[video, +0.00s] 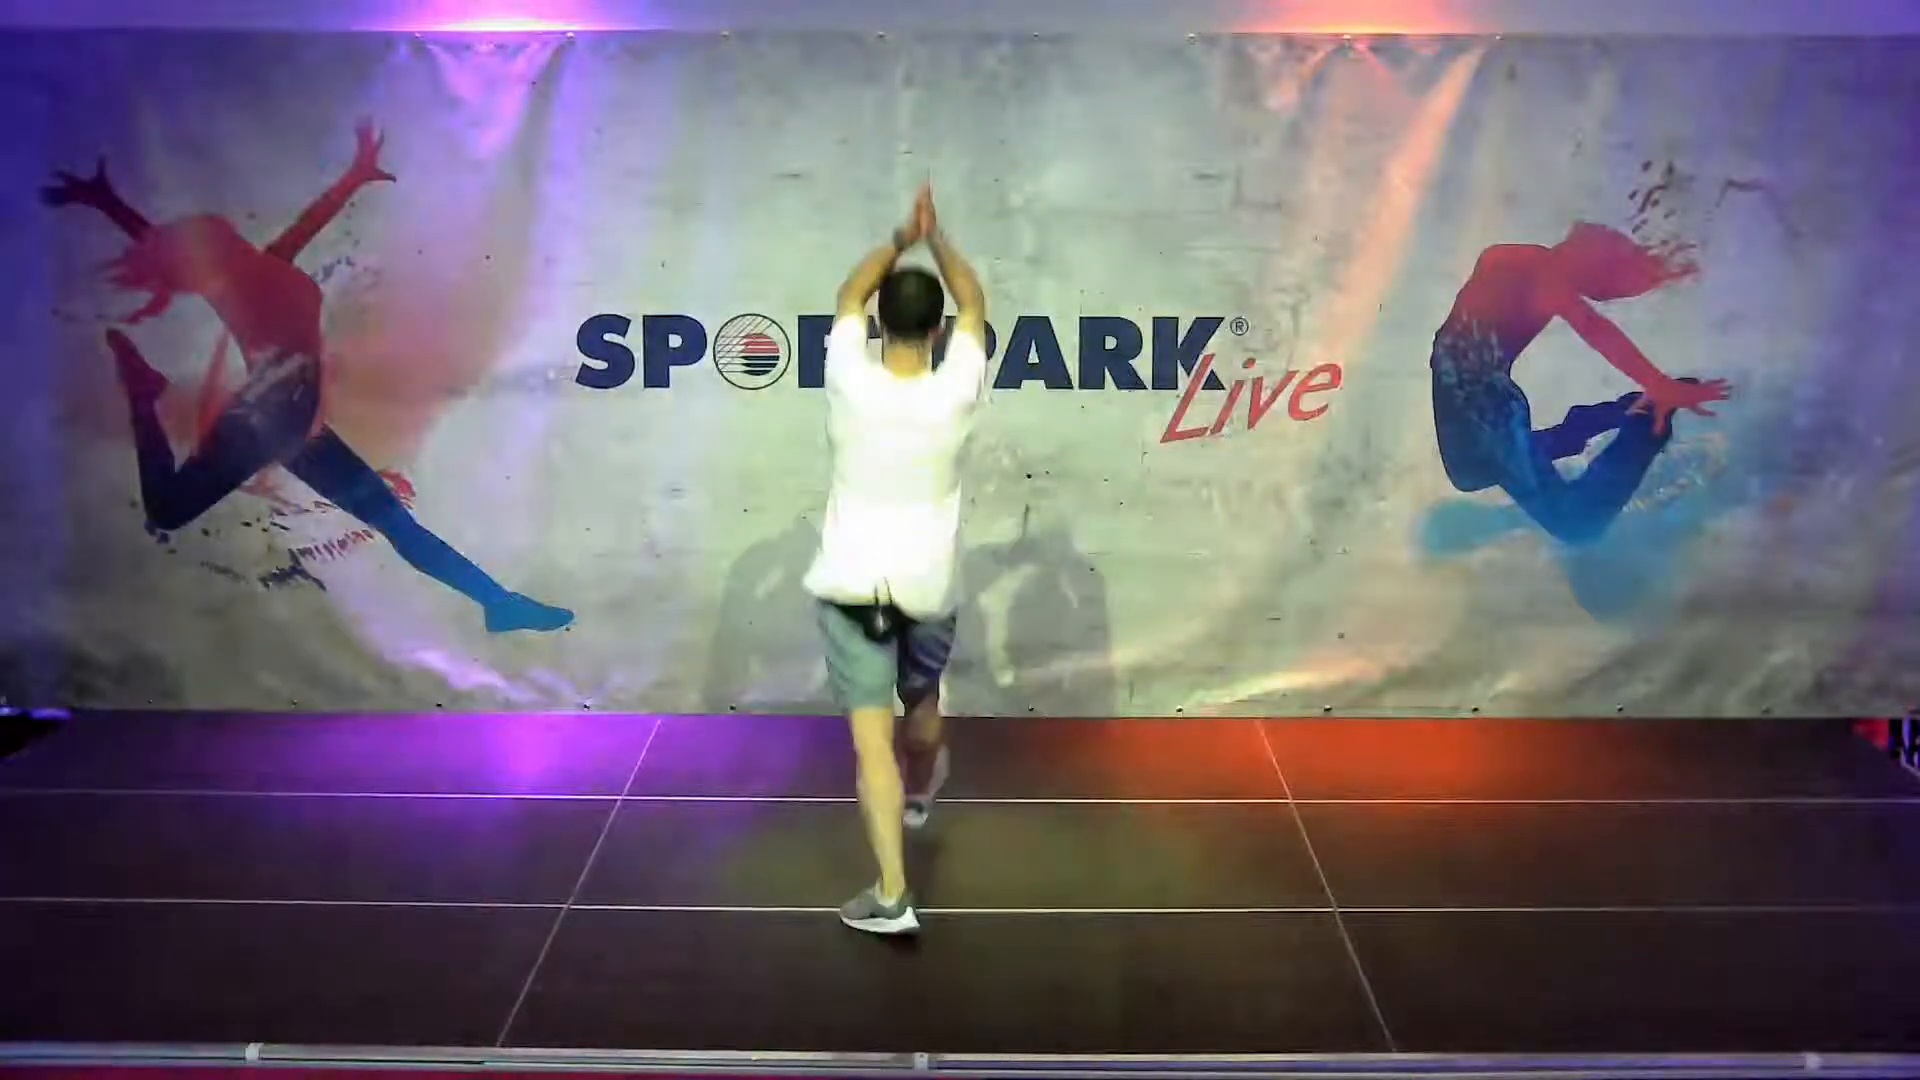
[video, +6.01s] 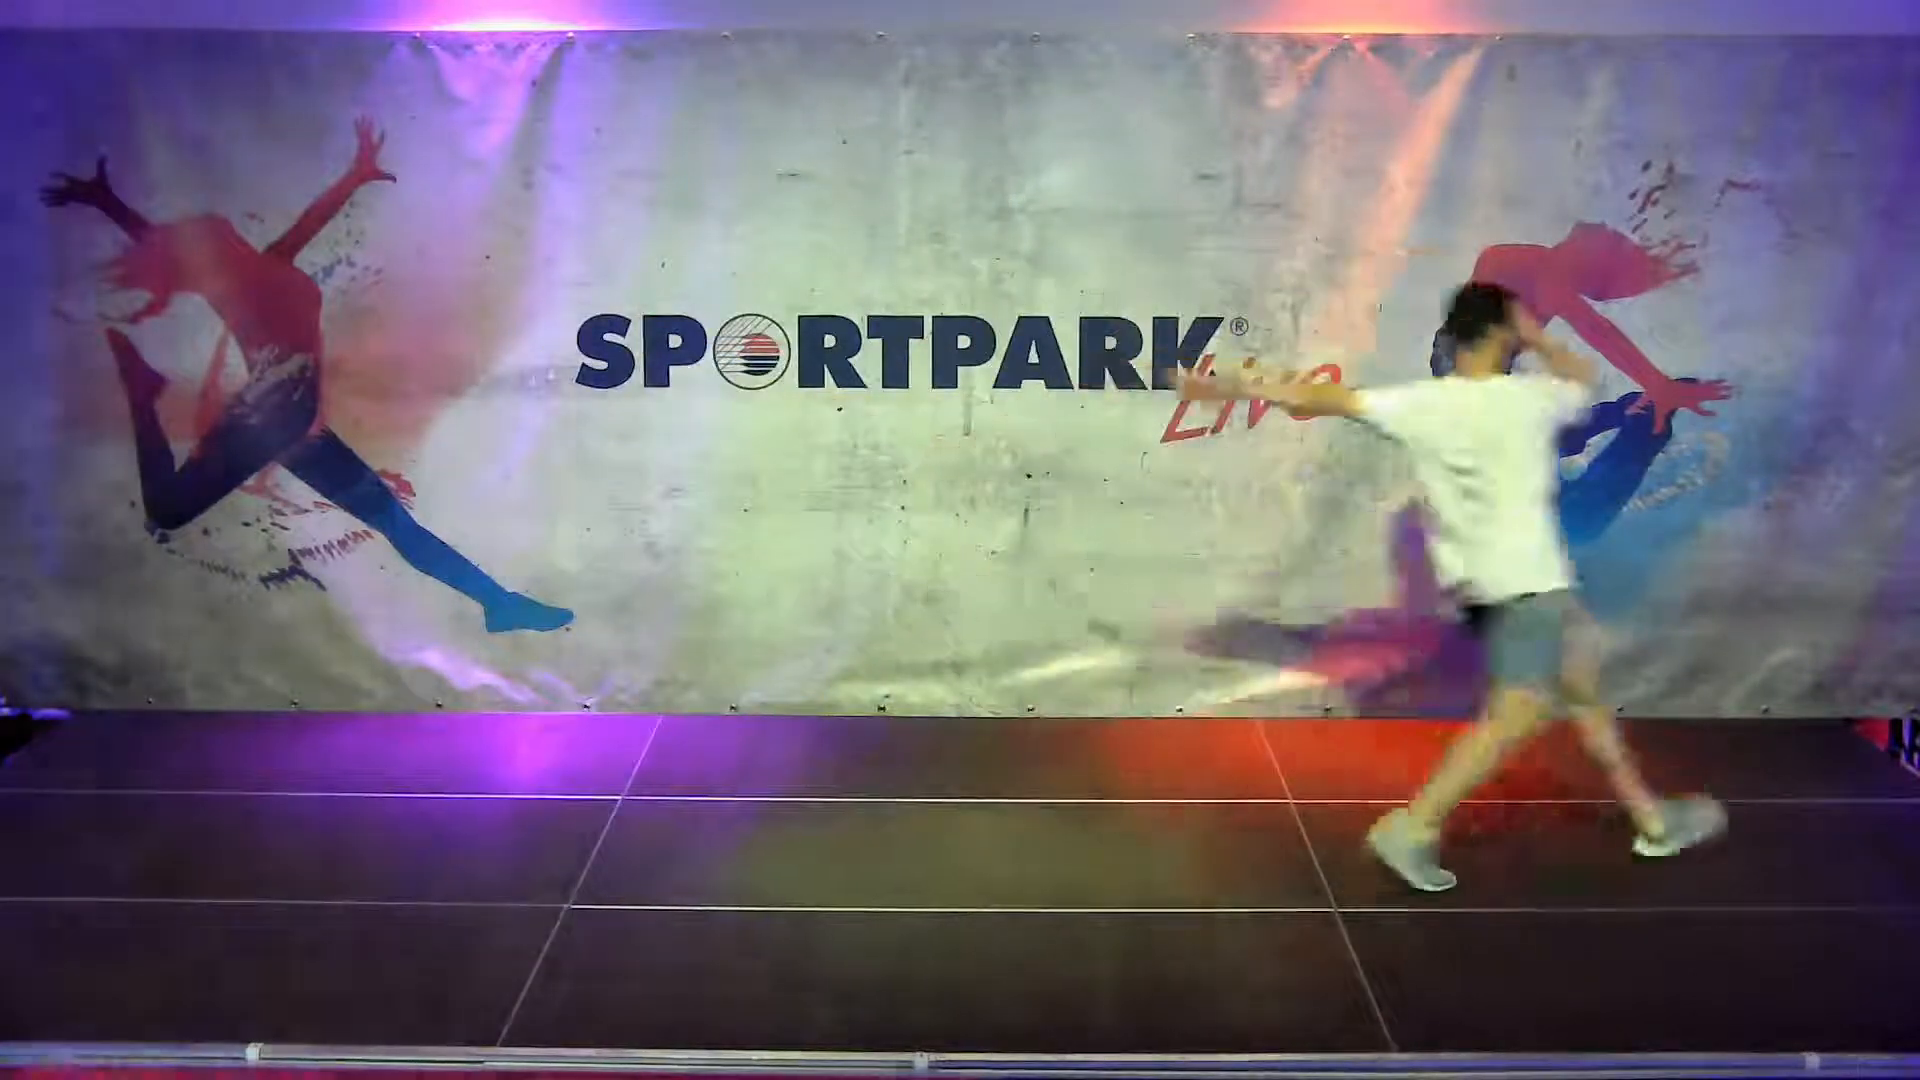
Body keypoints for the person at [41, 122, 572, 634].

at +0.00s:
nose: (184, 286)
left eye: (183, 267)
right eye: (178, 269)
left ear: (209, 255)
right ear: (203, 256)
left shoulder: (267, 268)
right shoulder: (237, 277)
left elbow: (309, 221)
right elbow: (157, 247)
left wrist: (358, 175)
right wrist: (104, 201)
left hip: (302, 428)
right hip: (261, 423)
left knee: (390, 516)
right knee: (166, 511)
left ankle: (500, 603)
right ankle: (142, 394)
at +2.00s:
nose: (182, 280)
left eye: (179, 261)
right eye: (177, 261)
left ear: (204, 250)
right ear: (198, 249)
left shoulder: (264, 268)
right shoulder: (229, 274)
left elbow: (308, 223)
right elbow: (159, 244)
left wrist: (358, 175)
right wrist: (105, 202)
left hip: (298, 426)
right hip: (264, 419)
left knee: (388, 515)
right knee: (166, 511)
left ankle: (500, 602)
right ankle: (143, 396)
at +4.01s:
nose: (219, 245)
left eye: (214, 237)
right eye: (206, 245)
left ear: (224, 240)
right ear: (198, 261)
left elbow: (313, 218)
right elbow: (157, 246)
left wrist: (358, 174)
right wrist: (100, 197)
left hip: (299, 427)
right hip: (257, 426)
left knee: (395, 521)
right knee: (166, 508)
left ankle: (508, 609)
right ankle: (141, 393)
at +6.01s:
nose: (183, 288)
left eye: (180, 267)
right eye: (186, 264)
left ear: (204, 253)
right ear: (202, 251)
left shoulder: (263, 271)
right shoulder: (240, 280)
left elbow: (306, 224)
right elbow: (156, 242)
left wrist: (357, 176)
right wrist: (103, 199)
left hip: (298, 426)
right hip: (261, 422)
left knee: (387, 514)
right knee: (166, 510)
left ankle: (500, 602)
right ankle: (139, 387)